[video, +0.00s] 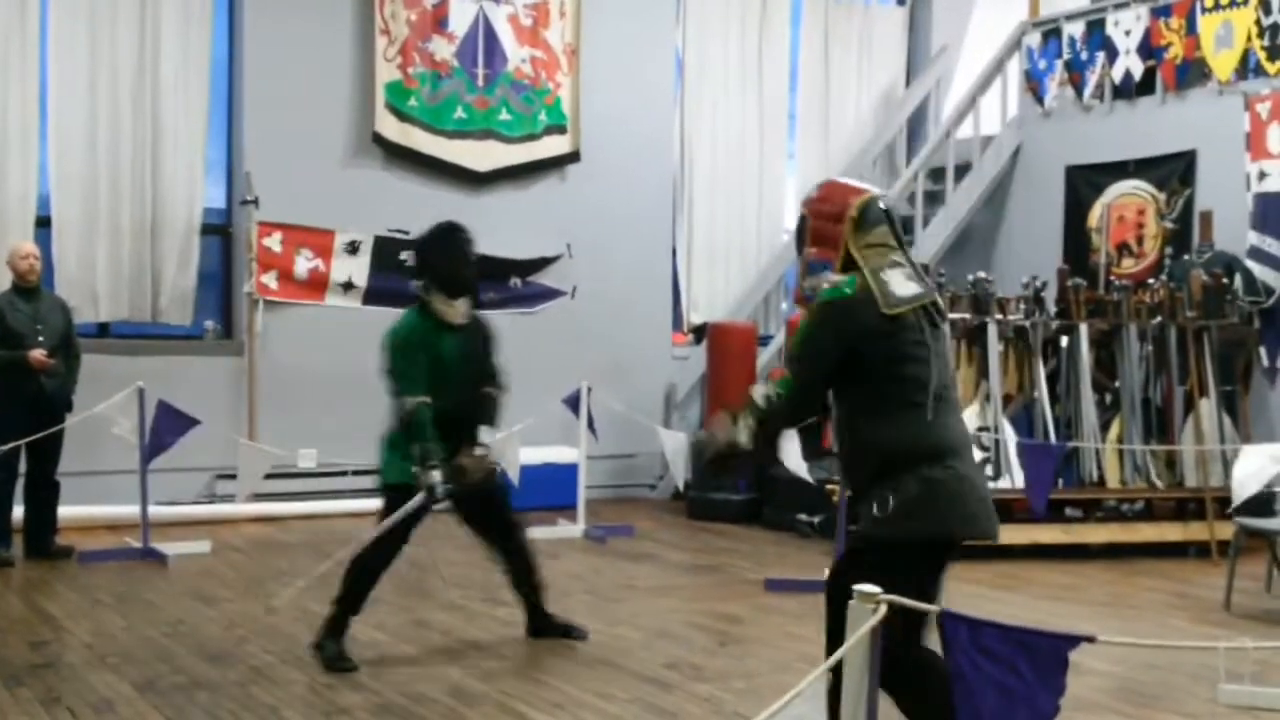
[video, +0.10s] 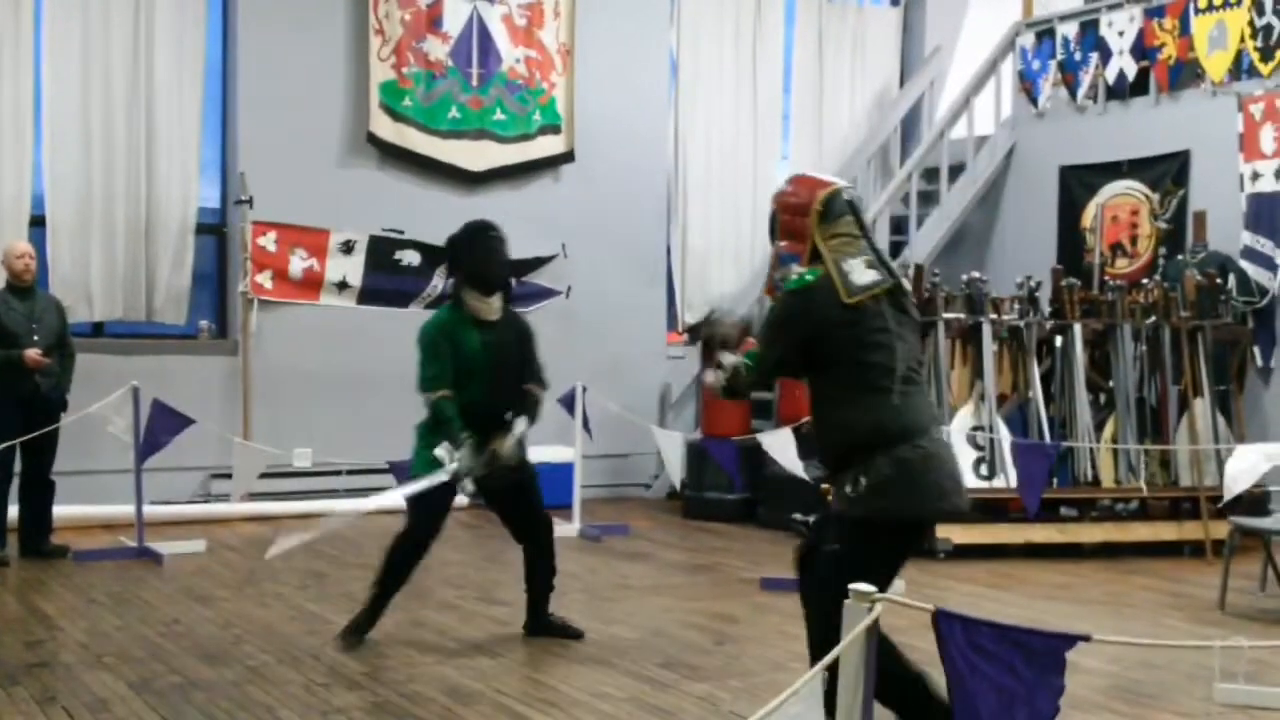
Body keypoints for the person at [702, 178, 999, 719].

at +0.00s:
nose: (806, 251)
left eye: (812, 238)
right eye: (806, 238)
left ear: (835, 240)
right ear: (873, 234)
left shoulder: (843, 303)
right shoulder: (912, 293)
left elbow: (798, 392)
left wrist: (748, 423)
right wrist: (769, 401)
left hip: (905, 501)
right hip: (947, 494)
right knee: (896, 644)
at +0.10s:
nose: (779, 245)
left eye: (784, 232)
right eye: (779, 232)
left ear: (803, 232)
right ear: (840, 225)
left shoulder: (807, 295)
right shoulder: (884, 282)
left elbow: (758, 371)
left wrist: (730, 377)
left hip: (883, 480)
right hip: (924, 470)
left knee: (832, 596)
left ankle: (929, 709)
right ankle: (842, 704)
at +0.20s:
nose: (766, 249)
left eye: (770, 238)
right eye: (766, 237)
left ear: (788, 241)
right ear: (826, 235)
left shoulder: (789, 304)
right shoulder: (861, 292)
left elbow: (737, 369)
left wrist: (714, 363)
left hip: (850, 484)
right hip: (895, 476)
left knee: (830, 618)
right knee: (798, 562)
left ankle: (926, 715)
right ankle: (801, 673)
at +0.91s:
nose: (759, 270)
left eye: (764, 261)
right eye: (761, 261)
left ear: (780, 259)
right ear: (811, 262)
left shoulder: (784, 307)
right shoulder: (828, 316)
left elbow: (722, 371)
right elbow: (767, 401)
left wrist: (681, 364)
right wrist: (697, 370)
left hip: (804, 480)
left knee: (778, 597)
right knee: (743, 553)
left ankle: (867, 702)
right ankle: (773, 674)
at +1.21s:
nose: (801, 244)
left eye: (811, 233)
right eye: (805, 232)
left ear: (831, 241)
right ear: (851, 242)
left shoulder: (840, 308)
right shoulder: (857, 305)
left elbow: (784, 372)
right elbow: (805, 367)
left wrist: (723, 353)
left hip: (841, 486)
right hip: (855, 482)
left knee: (776, 602)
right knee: (802, 594)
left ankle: (811, 696)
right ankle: (808, 685)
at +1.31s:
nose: (810, 254)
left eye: (818, 242)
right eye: (813, 241)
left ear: (838, 248)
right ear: (871, 246)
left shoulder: (851, 316)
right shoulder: (893, 308)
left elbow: (794, 390)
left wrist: (751, 376)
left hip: (865, 492)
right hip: (902, 486)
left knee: (787, 601)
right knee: (833, 591)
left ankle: (831, 706)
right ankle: (884, 696)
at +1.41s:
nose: (841, 247)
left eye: (849, 235)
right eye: (843, 234)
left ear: (869, 240)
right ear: (904, 239)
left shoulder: (874, 311)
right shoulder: (930, 306)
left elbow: (831, 390)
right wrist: (807, 347)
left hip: (894, 498)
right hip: (941, 493)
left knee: (808, 595)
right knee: (879, 592)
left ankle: (832, 707)